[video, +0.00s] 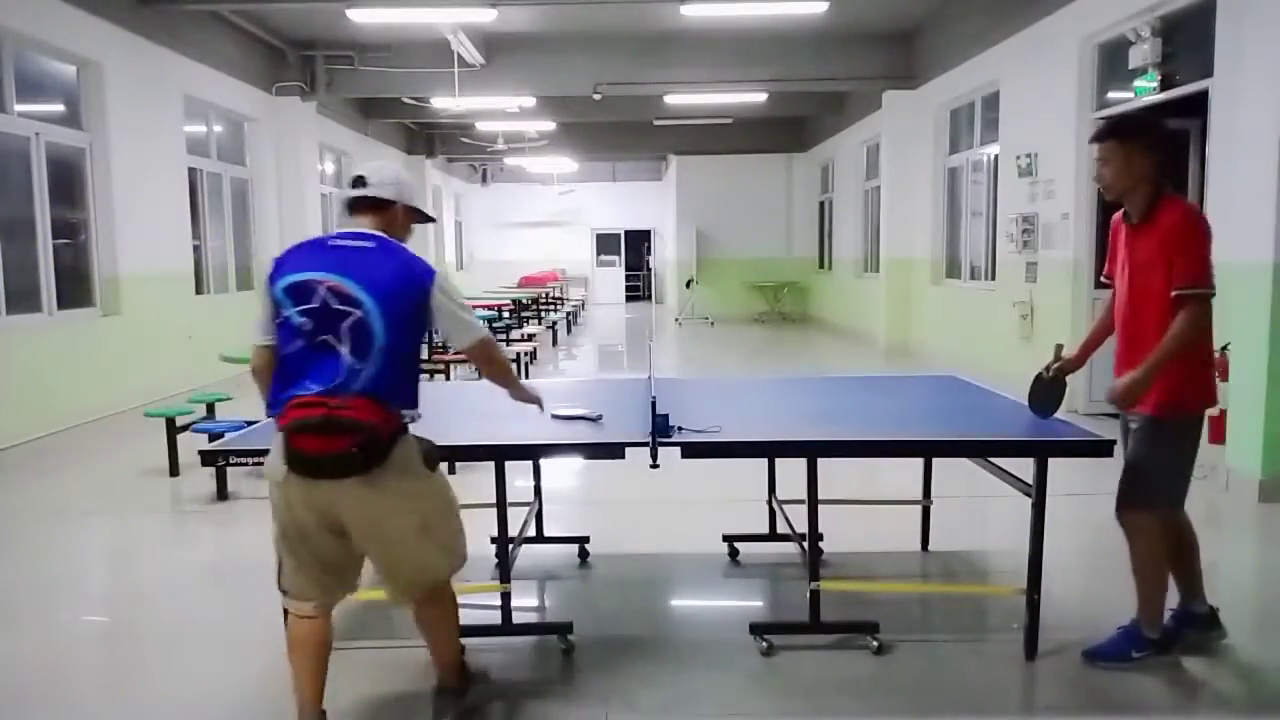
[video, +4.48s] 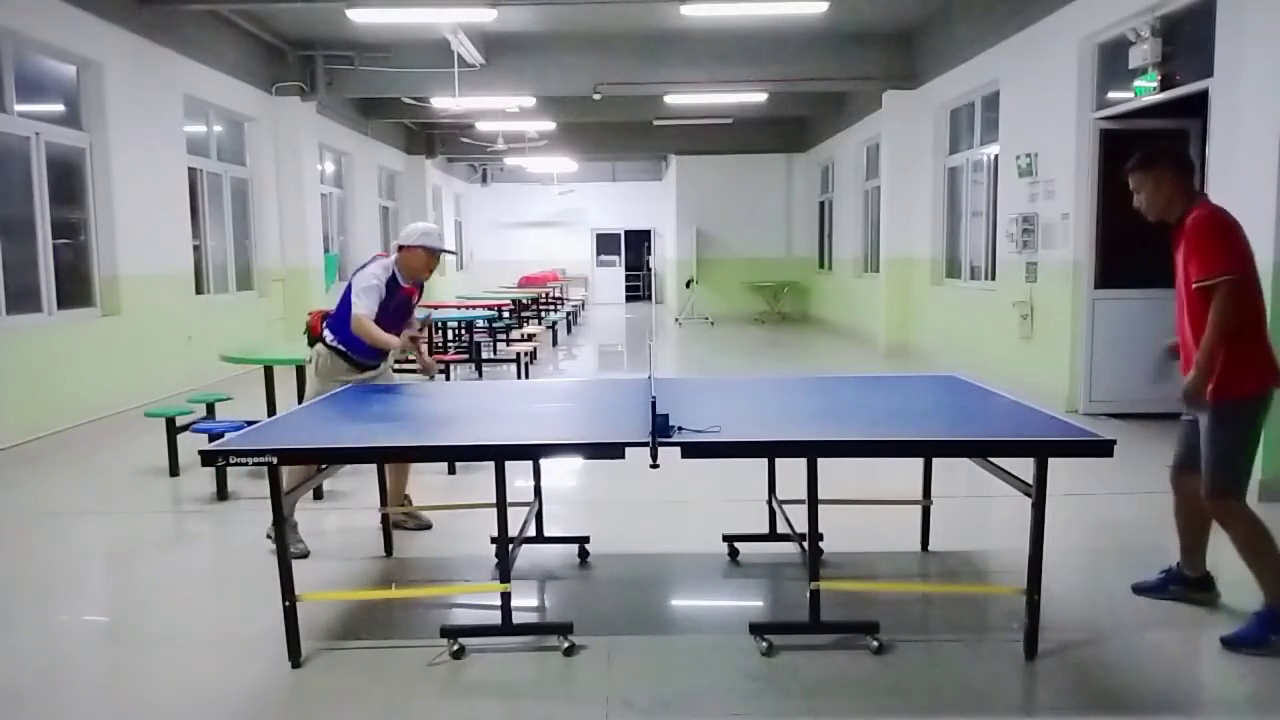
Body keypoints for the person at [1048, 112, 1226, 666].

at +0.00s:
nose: (1097, 173)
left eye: (1106, 161)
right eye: (1096, 162)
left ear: (1142, 162)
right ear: (1125, 166)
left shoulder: (1183, 221)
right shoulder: (1120, 224)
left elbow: (1194, 315)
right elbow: (1119, 302)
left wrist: (1138, 375)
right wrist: (1079, 354)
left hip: (1176, 393)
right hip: (1141, 390)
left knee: (1136, 507)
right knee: (1162, 505)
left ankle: (1148, 628)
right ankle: (1197, 612)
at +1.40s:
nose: (1149, 179)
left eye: (1157, 167)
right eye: (1149, 168)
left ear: (1192, 165)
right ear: (1190, 169)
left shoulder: (1217, 226)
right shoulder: (1205, 224)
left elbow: (1213, 314)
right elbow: (1196, 305)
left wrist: (1148, 337)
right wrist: (1148, 321)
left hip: (1213, 398)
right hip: (1225, 395)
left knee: (1186, 515)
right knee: (1241, 499)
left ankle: (1154, 630)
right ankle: (1271, 608)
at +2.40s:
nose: (1233, 180)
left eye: (1239, 168)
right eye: (1231, 170)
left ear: (1269, 164)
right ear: (1268, 167)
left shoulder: (1270, 219)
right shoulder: (1274, 218)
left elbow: (1254, 301)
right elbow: (1261, 301)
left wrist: (1207, 328)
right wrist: (1222, 334)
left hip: (1255, 390)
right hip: (1270, 389)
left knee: (1217, 498)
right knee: (1274, 495)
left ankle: (1213, 619)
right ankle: (1276, 607)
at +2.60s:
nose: (1232, 179)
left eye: (1238, 167)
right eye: (1232, 168)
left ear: (1265, 165)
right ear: (1270, 166)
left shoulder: (1263, 219)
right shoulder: (1273, 215)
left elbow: (1220, 291)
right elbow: (1258, 273)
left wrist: (1189, 264)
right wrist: (1215, 252)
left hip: (1252, 382)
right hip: (1276, 382)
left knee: (1212, 495)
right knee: (1275, 491)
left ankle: (1219, 616)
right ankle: (1277, 607)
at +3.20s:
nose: (1193, 175)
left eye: (1199, 164)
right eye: (1193, 164)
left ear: (1229, 163)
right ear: (1235, 165)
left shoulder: (1246, 220)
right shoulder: (1254, 215)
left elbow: (1247, 303)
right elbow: (1244, 294)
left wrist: (1193, 342)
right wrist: (1198, 274)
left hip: (1235, 392)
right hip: (1259, 390)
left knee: (1199, 499)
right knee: (1265, 498)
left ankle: (1221, 617)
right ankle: (1274, 606)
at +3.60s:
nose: (1160, 178)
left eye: (1168, 167)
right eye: (1160, 167)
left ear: (1204, 165)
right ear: (1190, 169)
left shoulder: (1241, 224)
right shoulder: (1195, 224)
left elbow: (1267, 316)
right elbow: (1200, 300)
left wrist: (1250, 391)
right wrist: (1165, 289)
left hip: (1226, 392)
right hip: (1195, 388)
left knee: (1199, 498)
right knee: (1185, 488)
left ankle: (1223, 616)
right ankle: (1251, 581)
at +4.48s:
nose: (1136, 203)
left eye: (1140, 190)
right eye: (1133, 193)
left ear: (1170, 179)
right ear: (1170, 182)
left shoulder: (1208, 225)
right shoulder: (1191, 231)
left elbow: (1228, 299)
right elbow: (1213, 302)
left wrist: (1201, 374)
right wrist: (1186, 343)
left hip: (1240, 384)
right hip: (1212, 383)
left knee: (1222, 496)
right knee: (1186, 477)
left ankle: (1277, 607)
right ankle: (1192, 574)